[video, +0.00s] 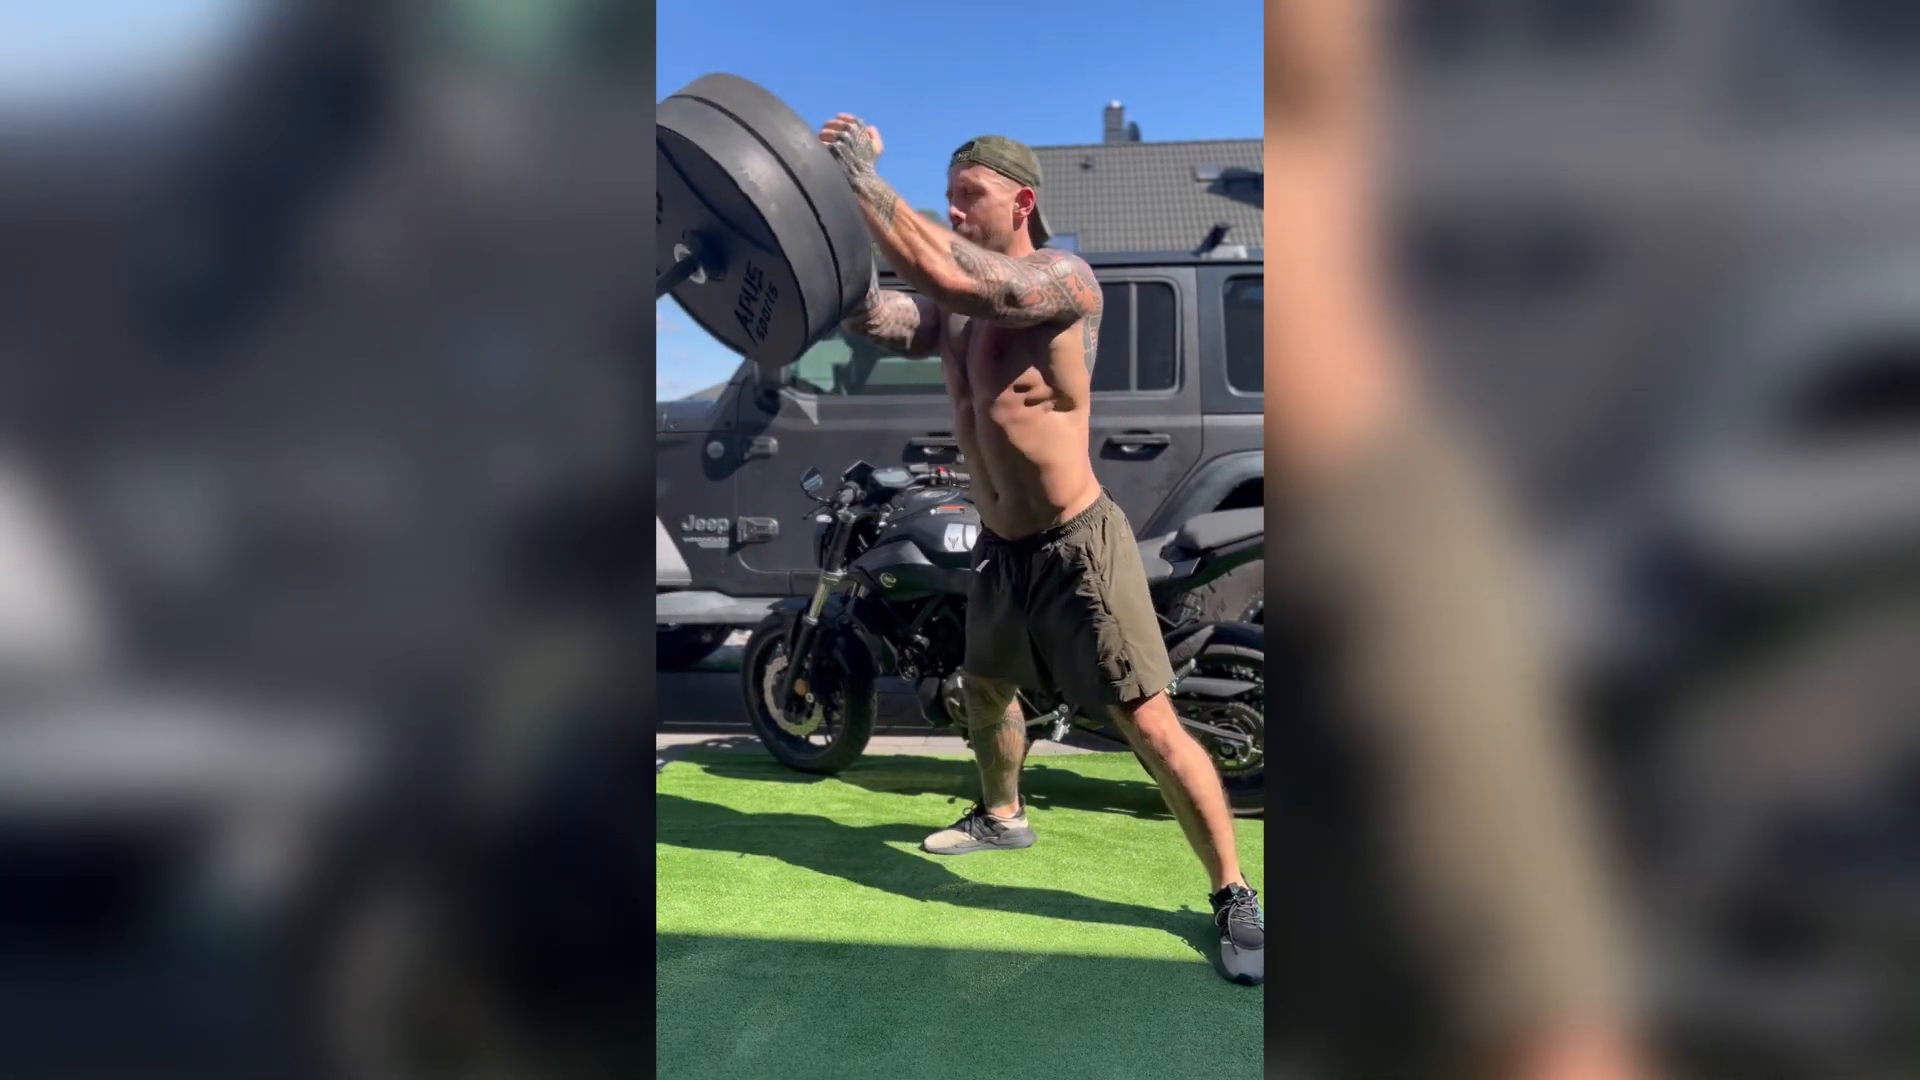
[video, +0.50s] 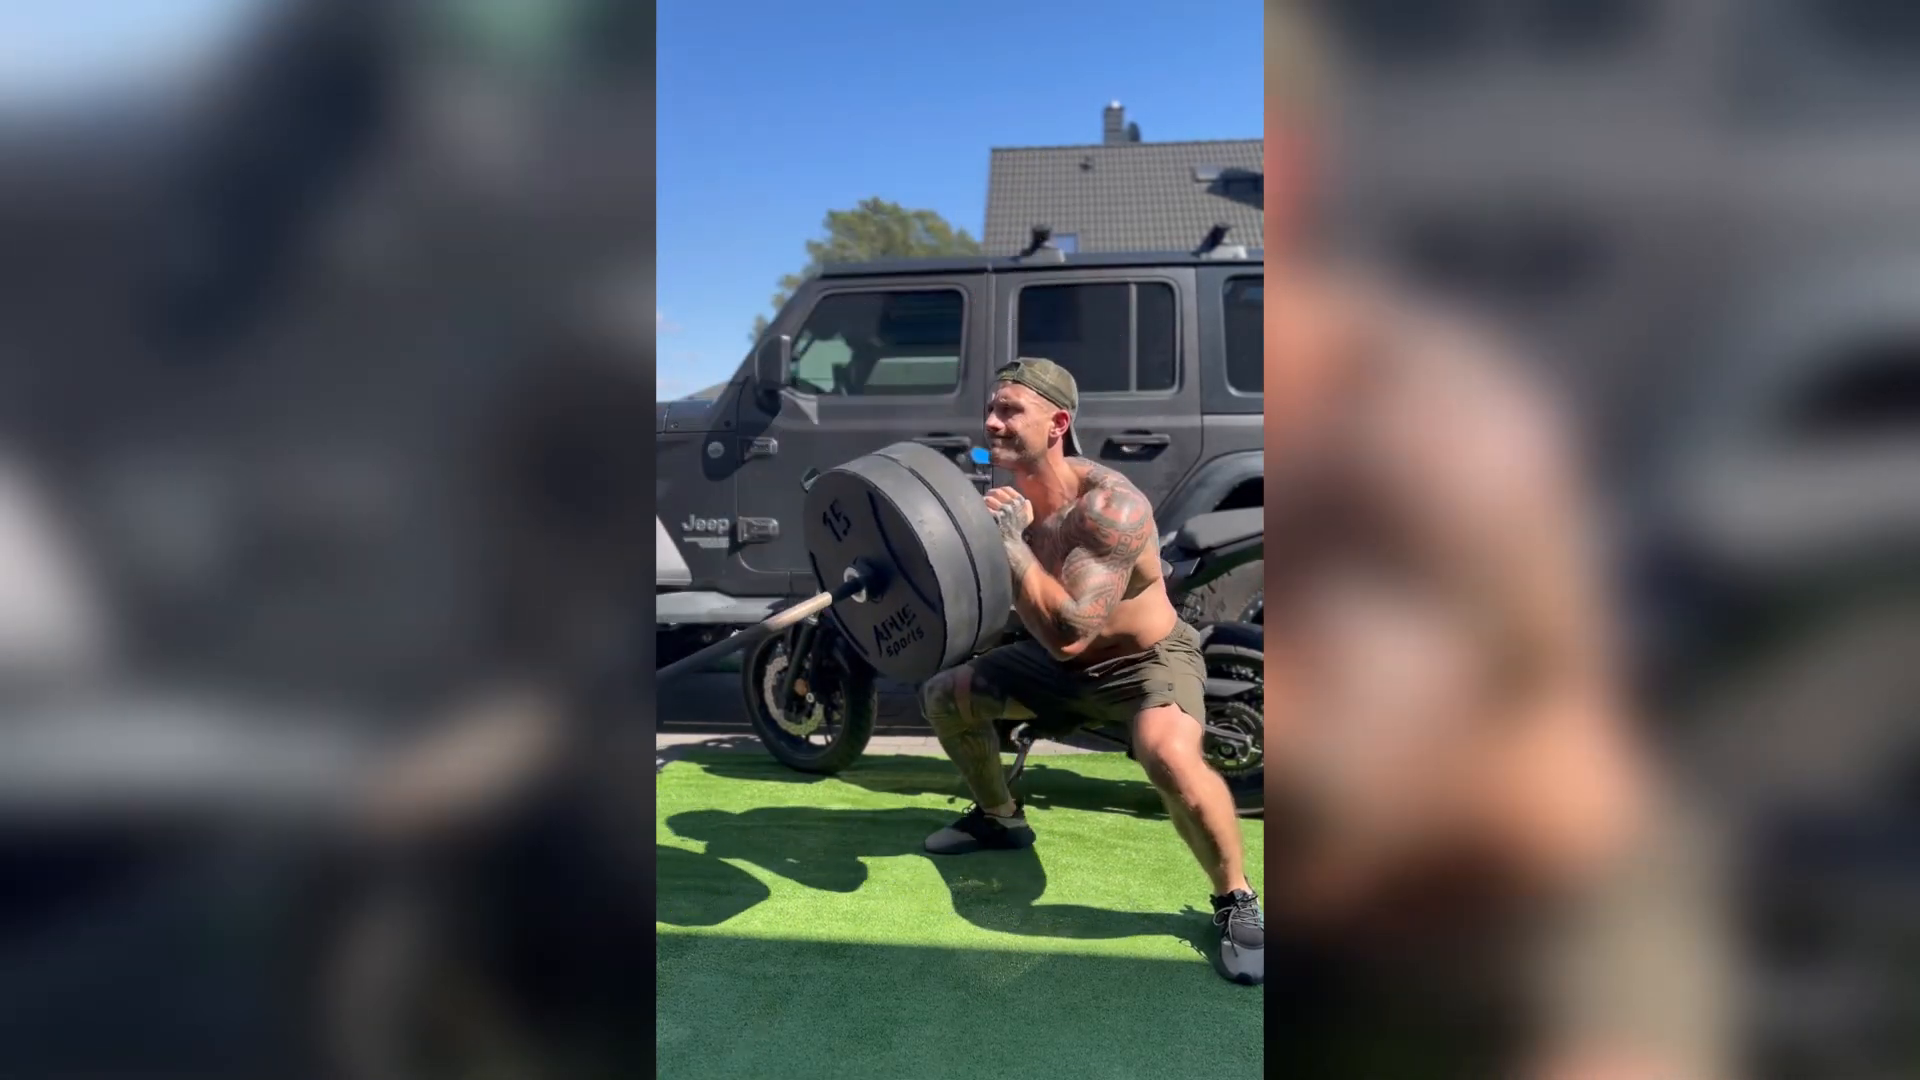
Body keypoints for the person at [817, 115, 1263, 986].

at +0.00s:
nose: (952, 212)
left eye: (968, 198)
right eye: (948, 199)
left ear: (1022, 204)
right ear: (954, 205)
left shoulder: (1067, 277)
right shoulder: (949, 297)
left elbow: (958, 277)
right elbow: (873, 317)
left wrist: (861, 178)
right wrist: (813, 236)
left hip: (1079, 541)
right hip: (1000, 549)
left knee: (1149, 724)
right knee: (988, 693)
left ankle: (1234, 893)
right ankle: (1001, 818)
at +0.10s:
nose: (969, 219)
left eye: (987, 206)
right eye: (966, 207)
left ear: (1038, 217)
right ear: (969, 225)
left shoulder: (1080, 303)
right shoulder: (964, 320)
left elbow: (982, 351)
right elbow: (905, 381)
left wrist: (907, 261)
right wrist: (851, 297)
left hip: (1092, 547)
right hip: (1007, 552)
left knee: (1152, 727)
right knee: (969, 697)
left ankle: (1234, 896)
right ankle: (1002, 817)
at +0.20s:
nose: (972, 263)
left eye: (990, 249)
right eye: (972, 250)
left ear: (1042, 261)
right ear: (981, 268)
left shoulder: (1088, 350)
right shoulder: (988, 359)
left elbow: (1004, 439)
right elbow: (937, 450)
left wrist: (944, 345)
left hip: (1113, 570)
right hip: (1030, 575)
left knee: (1162, 739)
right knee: (954, 694)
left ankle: (1235, 898)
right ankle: (1002, 818)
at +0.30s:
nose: (983, 320)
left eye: (1000, 307)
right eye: (982, 307)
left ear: (1048, 319)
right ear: (985, 318)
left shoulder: (1099, 405)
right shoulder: (988, 404)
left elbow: (1034, 513)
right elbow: (954, 522)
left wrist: (973, 425)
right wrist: (927, 432)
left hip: (1130, 600)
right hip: (1046, 602)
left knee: (1165, 744)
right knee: (947, 696)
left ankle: (1237, 899)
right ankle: (999, 816)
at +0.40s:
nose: (991, 375)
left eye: (1009, 363)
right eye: (990, 362)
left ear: (1056, 377)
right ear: (987, 371)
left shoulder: (1109, 461)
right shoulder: (996, 453)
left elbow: (1057, 582)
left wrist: (997, 492)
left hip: (1142, 629)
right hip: (1054, 627)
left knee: (1160, 749)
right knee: (947, 699)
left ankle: (1237, 899)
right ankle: (996, 818)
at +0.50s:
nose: (995, 423)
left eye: (1012, 411)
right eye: (992, 411)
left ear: (1058, 424)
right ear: (988, 421)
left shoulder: (1116, 506)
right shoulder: (998, 499)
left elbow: (1070, 634)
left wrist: (1012, 543)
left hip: (1151, 656)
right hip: (1060, 657)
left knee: (1165, 750)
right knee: (947, 698)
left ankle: (1237, 901)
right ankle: (1000, 820)